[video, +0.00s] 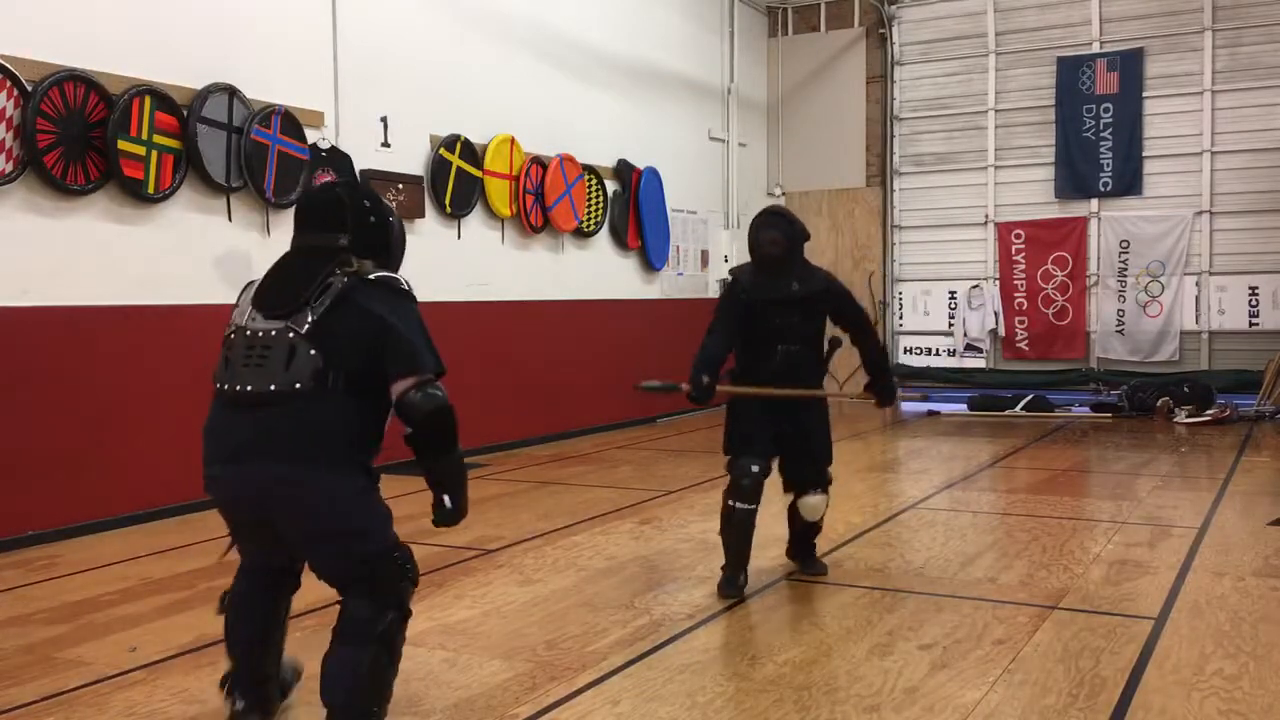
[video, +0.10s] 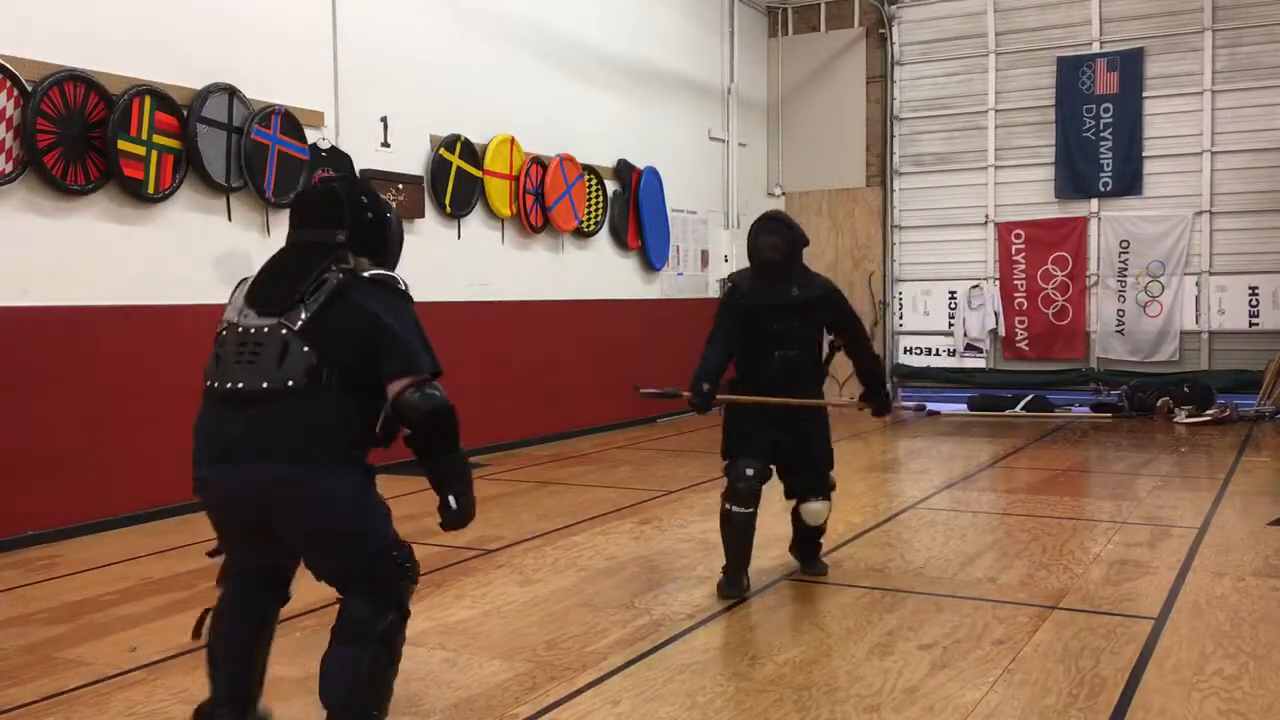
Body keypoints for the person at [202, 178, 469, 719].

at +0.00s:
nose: (397, 246)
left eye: (394, 235)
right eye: (392, 236)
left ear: (310, 235)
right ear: (373, 239)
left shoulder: (261, 288)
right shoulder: (377, 293)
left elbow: (243, 383)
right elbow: (423, 404)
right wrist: (447, 482)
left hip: (231, 467)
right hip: (320, 476)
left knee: (265, 560)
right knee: (380, 579)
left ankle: (251, 688)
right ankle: (355, 705)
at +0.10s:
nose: (394, 240)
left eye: (392, 229)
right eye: (388, 229)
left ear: (303, 231)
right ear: (367, 234)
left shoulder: (253, 287)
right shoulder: (372, 290)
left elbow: (233, 390)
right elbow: (421, 406)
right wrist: (451, 479)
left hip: (224, 468)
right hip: (317, 476)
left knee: (255, 567)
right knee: (380, 576)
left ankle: (229, 706)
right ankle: (354, 707)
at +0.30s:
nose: (363, 216)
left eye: (358, 202)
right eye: (354, 204)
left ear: (268, 214)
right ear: (328, 215)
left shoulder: (214, 284)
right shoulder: (337, 287)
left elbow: (212, 392)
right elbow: (382, 401)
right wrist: (428, 475)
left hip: (196, 485)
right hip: (291, 486)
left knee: (181, 623)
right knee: (368, 578)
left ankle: (145, 708)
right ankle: (350, 707)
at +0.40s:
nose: (341, 211)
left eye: (337, 198)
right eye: (330, 199)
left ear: (243, 212)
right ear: (301, 212)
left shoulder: (191, 282)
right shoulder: (314, 283)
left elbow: (178, 398)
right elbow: (357, 406)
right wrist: (404, 487)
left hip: (178, 488)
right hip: (272, 486)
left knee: (168, 630)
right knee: (359, 572)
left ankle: (136, 710)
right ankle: (350, 707)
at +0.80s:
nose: (356, 201)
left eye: (350, 189)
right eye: (348, 190)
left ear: (258, 200)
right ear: (330, 198)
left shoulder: (206, 273)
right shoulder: (355, 272)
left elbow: (195, 366)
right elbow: (408, 386)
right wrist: (427, 476)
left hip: (224, 485)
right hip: (330, 485)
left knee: (180, 627)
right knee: (376, 615)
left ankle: (144, 709)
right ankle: (390, 709)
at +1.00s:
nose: (397, 211)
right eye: (390, 202)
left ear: (300, 206)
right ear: (372, 208)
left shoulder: (248, 279)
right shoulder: (401, 276)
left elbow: (240, 371)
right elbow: (460, 392)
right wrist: (478, 479)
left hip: (272, 488)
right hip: (378, 488)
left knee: (226, 628)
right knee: (396, 624)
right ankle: (397, 710)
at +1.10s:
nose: (410, 208)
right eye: (401, 198)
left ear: (308, 208)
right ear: (382, 203)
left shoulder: (258, 278)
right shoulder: (412, 277)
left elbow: (246, 369)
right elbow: (466, 399)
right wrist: (486, 487)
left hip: (284, 499)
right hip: (390, 496)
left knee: (262, 651)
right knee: (402, 620)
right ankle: (401, 710)